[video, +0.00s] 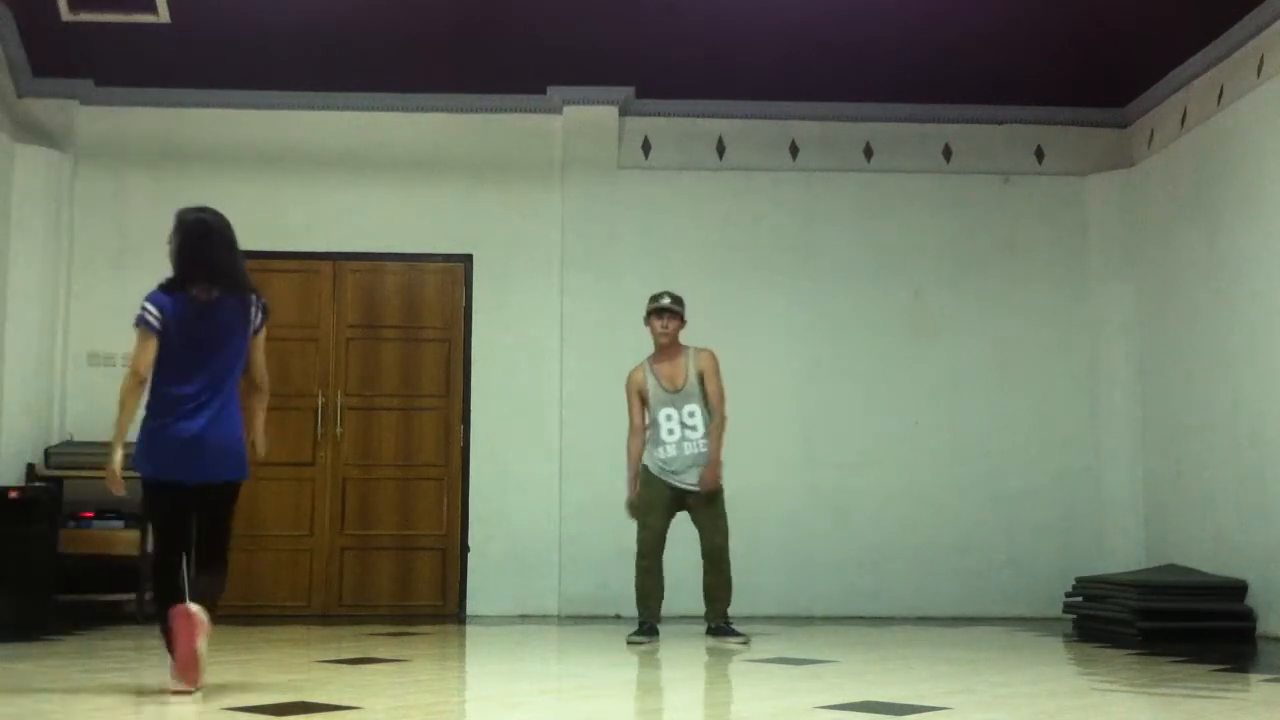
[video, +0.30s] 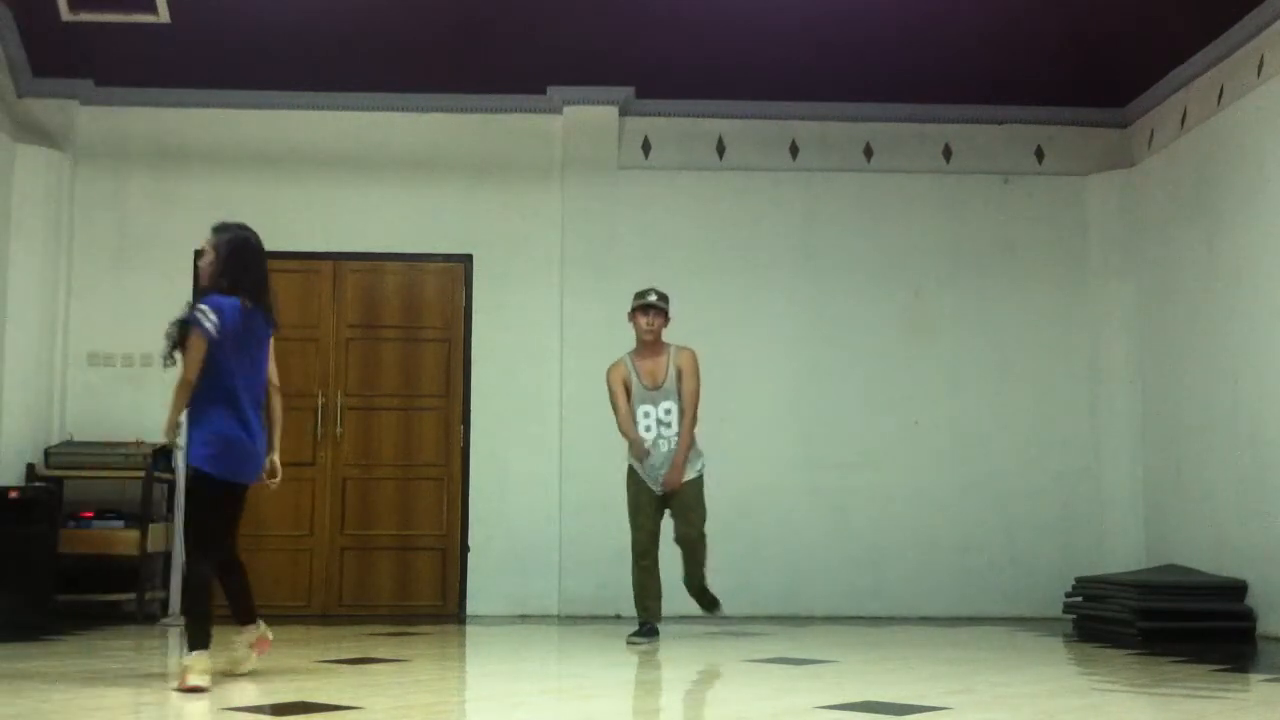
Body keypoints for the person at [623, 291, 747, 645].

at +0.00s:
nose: (664, 322)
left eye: (672, 316)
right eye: (658, 316)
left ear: (682, 322)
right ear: (648, 323)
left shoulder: (703, 360)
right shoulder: (638, 377)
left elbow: (718, 415)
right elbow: (637, 431)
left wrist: (713, 464)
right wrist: (633, 483)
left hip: (701, 476)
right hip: (656, 478)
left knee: (717, 549)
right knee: (648, 551)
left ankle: (718, 621)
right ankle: (647, 623)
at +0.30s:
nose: (650, 320)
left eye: (656, 314)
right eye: (643, 313)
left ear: (666, 320)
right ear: (632, 319)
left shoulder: (684, 358)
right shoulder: (619, 371)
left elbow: (689, 415)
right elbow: (623, 416)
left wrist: (678, 464)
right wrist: (634, 439)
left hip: (684, 464)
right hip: (643, 469)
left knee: (692, 534)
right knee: (643, 546)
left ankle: (696, 584)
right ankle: (648, 620)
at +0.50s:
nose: (653, 315)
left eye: (660, 309)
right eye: (647, 308)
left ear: (668, 316)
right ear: (636, 313)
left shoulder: (684, 356)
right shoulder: (618, 358)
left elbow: (685, 411)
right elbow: (624, 408)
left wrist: (666, 459)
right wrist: (669, 401)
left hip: (676, 456)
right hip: (635, 459)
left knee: (671, 526)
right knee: (640, 541)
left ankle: (666, 549)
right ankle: (648, 621)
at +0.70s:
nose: (663, 317)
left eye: (670, 312)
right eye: (656, 310)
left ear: (677, 319)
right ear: (645, 315)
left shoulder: (688, 363)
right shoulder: (624, 355)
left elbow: (681, 421)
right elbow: (627, 405)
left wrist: (662, 465)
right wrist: (677, 428)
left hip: (672, 462)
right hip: (631, 464)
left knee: (675, 521)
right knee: (637, 547)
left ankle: (666, 568)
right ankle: (647, 621)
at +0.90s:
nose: (677, 323)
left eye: (684, 317)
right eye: (670, 315)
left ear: (692, 325)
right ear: (657, 319)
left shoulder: (695, 372)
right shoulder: (637, 359)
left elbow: (687, 427)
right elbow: (638, 415)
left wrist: (667, 471)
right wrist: (645, 470)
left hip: (673, 469)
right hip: (632, 467)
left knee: (670, 544)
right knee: (638, 546)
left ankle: (669, 623)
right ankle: (647, 620)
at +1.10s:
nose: (680, 325)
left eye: (687, 319)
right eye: (673, 318)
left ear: (695, 325)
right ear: (662, 322)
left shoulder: (703, 373)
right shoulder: (638, 362)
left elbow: (697, 432)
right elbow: (613, 416)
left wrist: (676, 475)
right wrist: (596, 464)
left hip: (680, 472)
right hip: (638, 469)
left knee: (675, 549)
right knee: (639, 546)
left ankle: (668, 623)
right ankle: (643, 622)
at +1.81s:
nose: (661, 304)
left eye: (668, 299)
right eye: (654, 298)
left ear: (676, 306)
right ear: (642, 305)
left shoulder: (692, 352)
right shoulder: (623, 352)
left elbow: (697, 407)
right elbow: (621, 409)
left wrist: (689, 454)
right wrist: (633, 459)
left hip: (681, 463)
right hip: (639, 464)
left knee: (685, 539)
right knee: (642, 547)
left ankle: (692, 612)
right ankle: (647, 625)